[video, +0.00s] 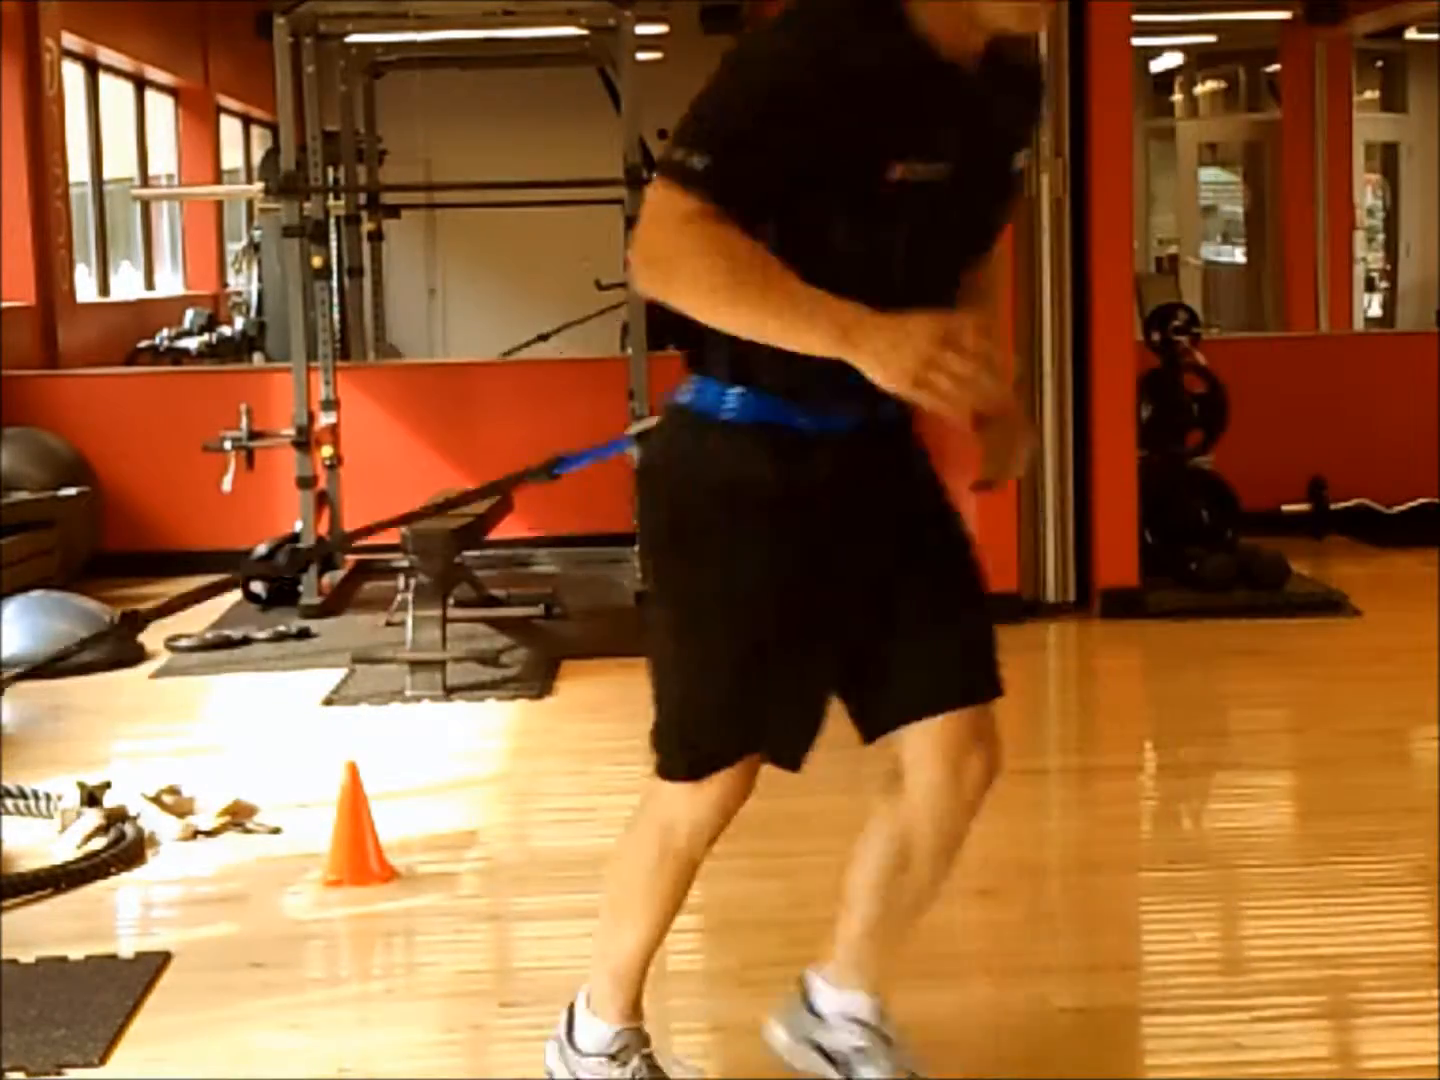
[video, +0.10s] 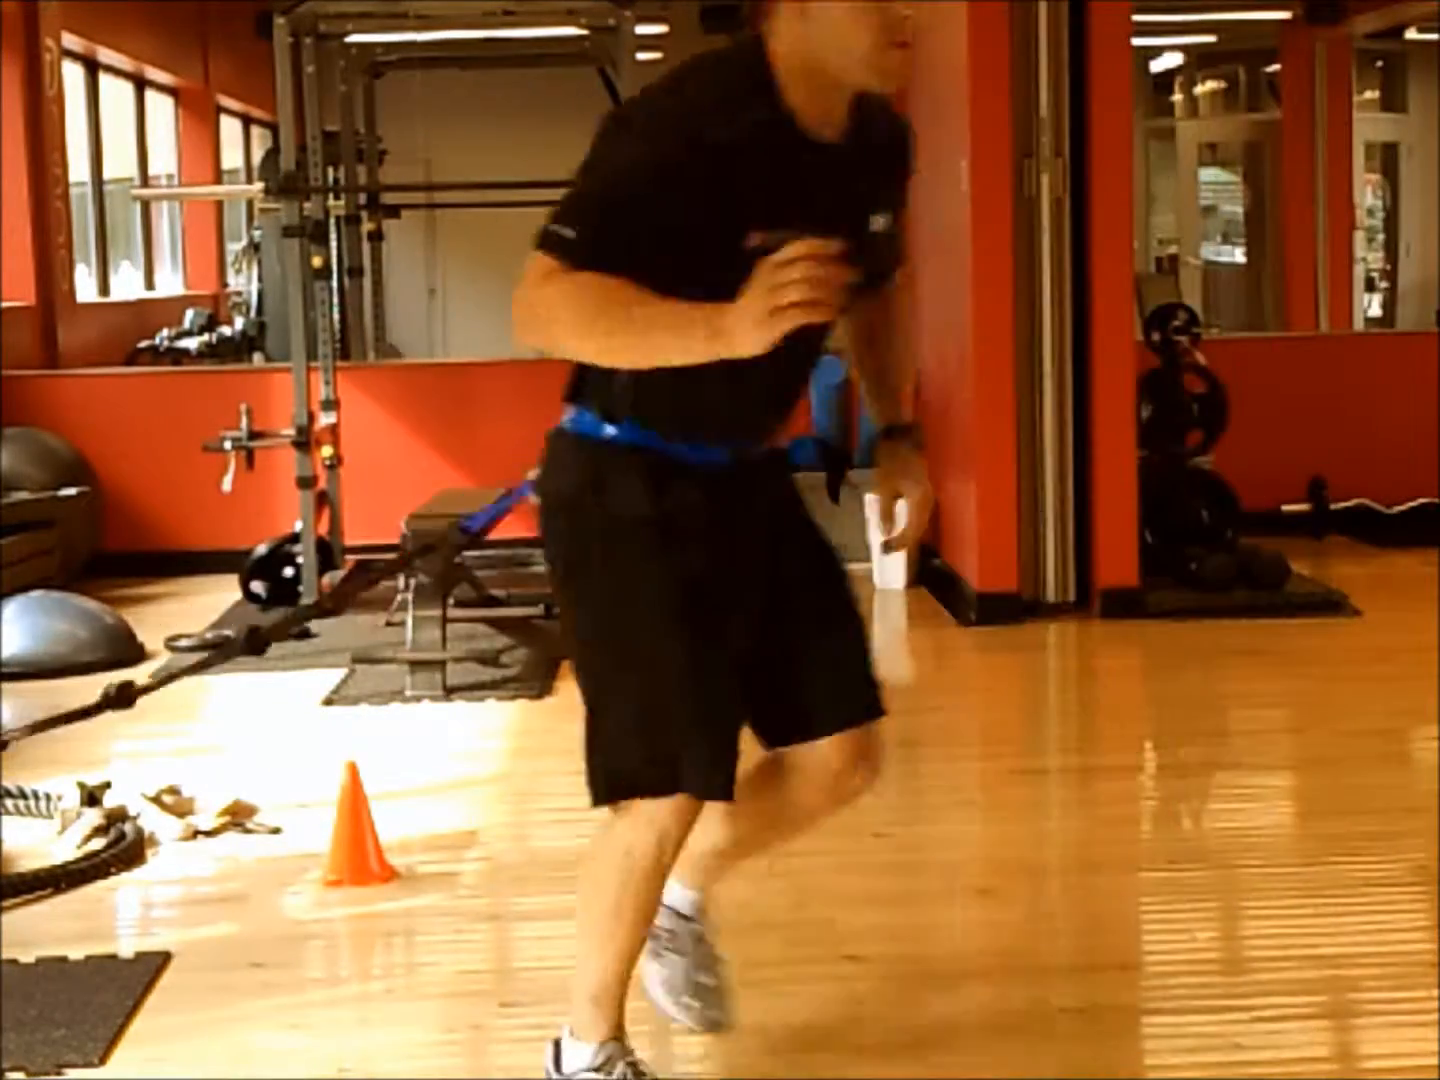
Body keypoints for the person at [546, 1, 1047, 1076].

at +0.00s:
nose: (1047, 7)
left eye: (1049, 6)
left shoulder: (1012, 74)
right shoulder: (808, 44)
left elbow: (977, 243)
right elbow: (663, 244)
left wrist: (991, 387)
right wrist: (865, 335)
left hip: (874, 455)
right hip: (730, 456)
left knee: (954, 754)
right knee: (710, 766)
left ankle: (838, 1001)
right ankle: (599, 1031)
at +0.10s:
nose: (907, 21)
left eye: (908, 3)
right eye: (878, 2)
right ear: (790, 10)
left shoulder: (876, 137)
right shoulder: (678, 116)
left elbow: (872, 287)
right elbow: (542, 304)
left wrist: (895, 427)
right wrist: (725, 327)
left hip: (748, 474)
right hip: (620, 474)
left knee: (839, 751)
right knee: (670, 775)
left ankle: (674, 882)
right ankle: (586, 1047)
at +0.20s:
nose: (815, 27)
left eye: (824, 7)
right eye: (785, 4)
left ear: (833, 18)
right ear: (700, 7)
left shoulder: (784, 138)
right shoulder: (570, 105)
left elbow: (787, 292)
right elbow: (424, 262)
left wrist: (816, 426)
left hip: (640, 441)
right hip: (524, 444)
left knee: (675, 725)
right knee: (591, 736)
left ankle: (513, 841)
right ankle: (583, 1039)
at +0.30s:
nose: (705, 51)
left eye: (716, 30)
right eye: (681, 23)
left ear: (722, 39)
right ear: (603, 18)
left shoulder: (688, 160)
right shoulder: (480, 126)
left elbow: (721, 294)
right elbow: (317, 241)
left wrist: (740, 382)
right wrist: (356, 424)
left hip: (549, 449)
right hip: (442, 443)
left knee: (496, 702)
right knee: (527, 718)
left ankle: (378, 852)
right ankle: (565, 1029)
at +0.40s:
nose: (603, 125)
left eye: (616, 102)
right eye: (581, 99)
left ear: (624, 105)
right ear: (514, 94)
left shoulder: (604, 220)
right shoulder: (404, 191)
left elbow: (659, 353)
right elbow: (231, 279)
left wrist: (680, 383)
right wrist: (231, 458)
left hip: (472, 500)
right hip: (365, 492)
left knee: (411, 723)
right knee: (466, 713)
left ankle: (316, 888)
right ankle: (534, 1003)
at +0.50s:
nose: (542, 98)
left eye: (552, 76)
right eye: (520, 74)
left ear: (555, 79)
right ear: (453, 68)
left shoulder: (536, 190)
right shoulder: (336, 165)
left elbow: (568, 315)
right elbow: (200, 265)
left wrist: (605, 386)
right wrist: (209, 437)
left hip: (424, 457)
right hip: (319, 451)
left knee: (398, 685)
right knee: (398, 679)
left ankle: (315, 890)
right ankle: (435, 957)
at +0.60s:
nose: (489, 30)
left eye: (501, 10)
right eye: (465, 6)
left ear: (507, 19)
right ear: (403, 10)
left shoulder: (491, 117)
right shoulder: (295, 96)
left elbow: (484, 244)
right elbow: (174, 212)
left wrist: (510, 368)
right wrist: (240, 373)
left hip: (384, 396)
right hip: (279, 390)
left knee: (366, 636)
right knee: (335, 634)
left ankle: (331, 870)